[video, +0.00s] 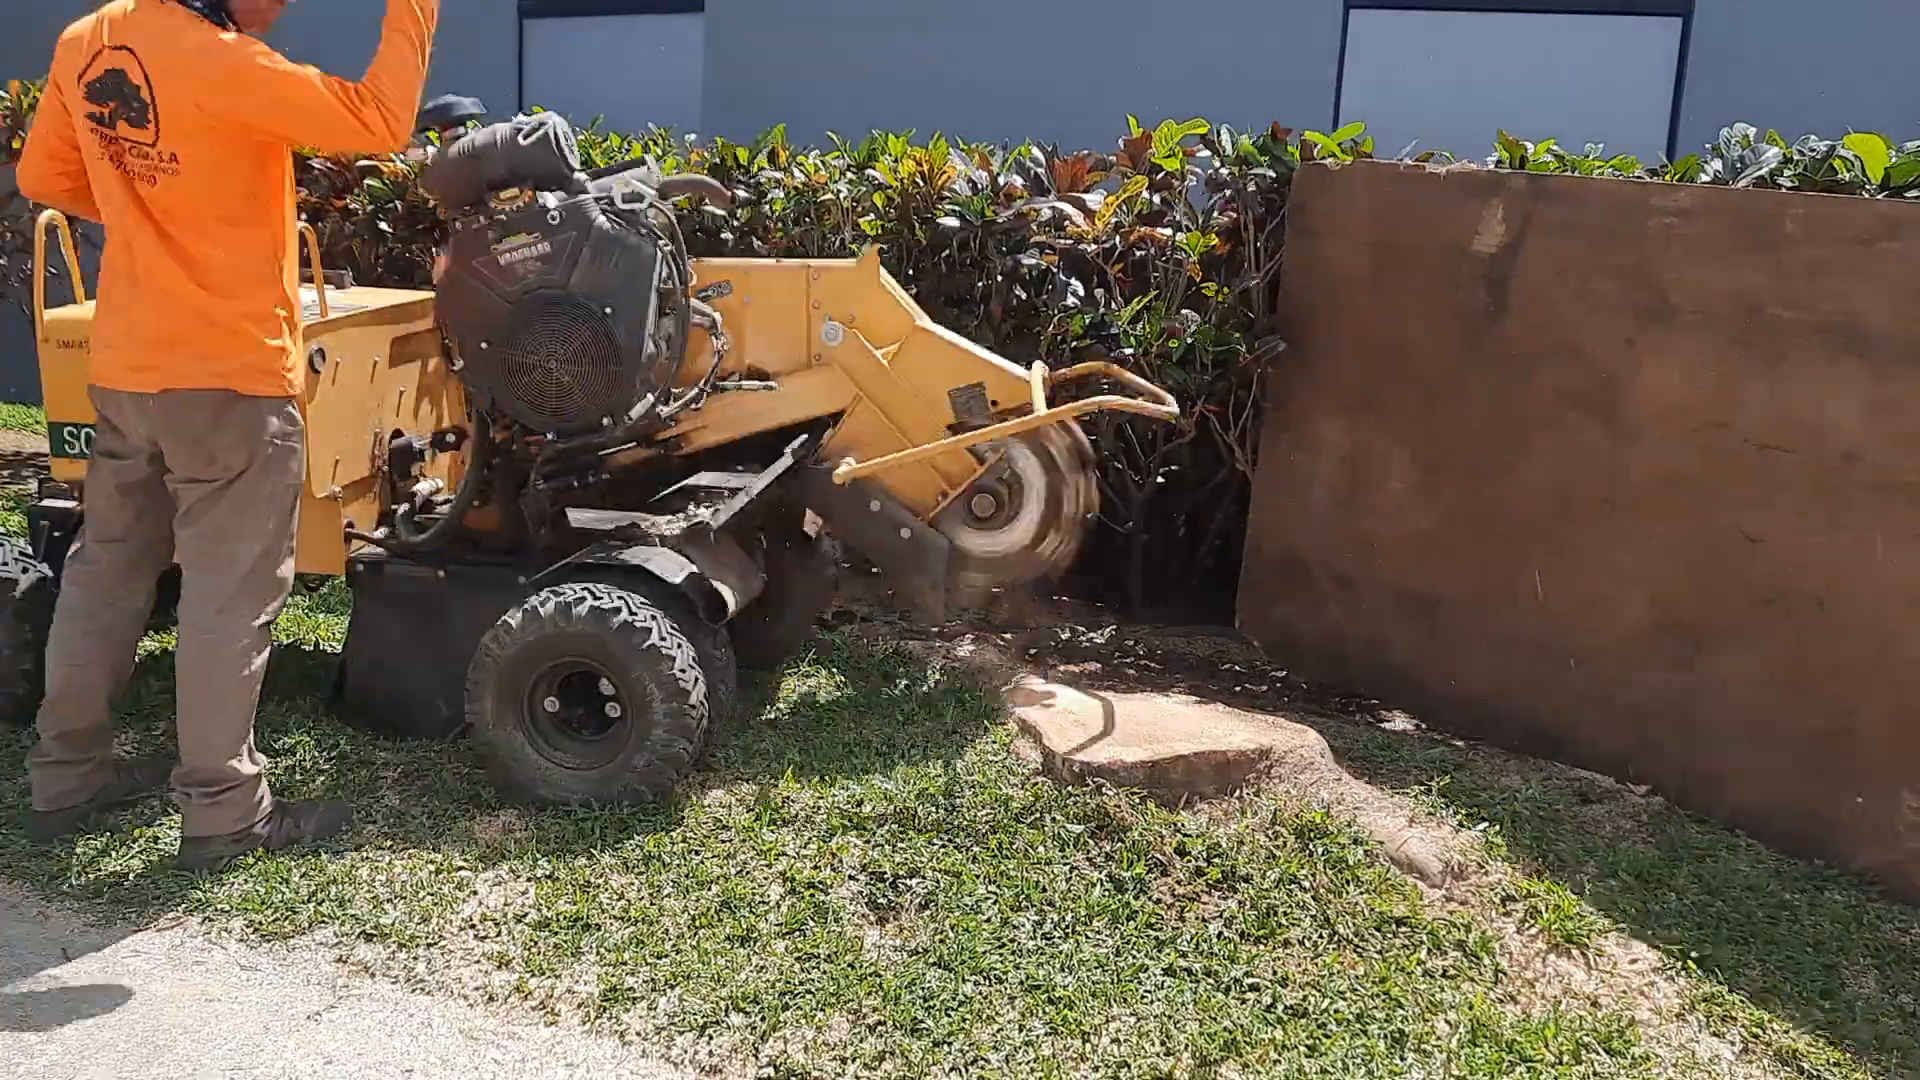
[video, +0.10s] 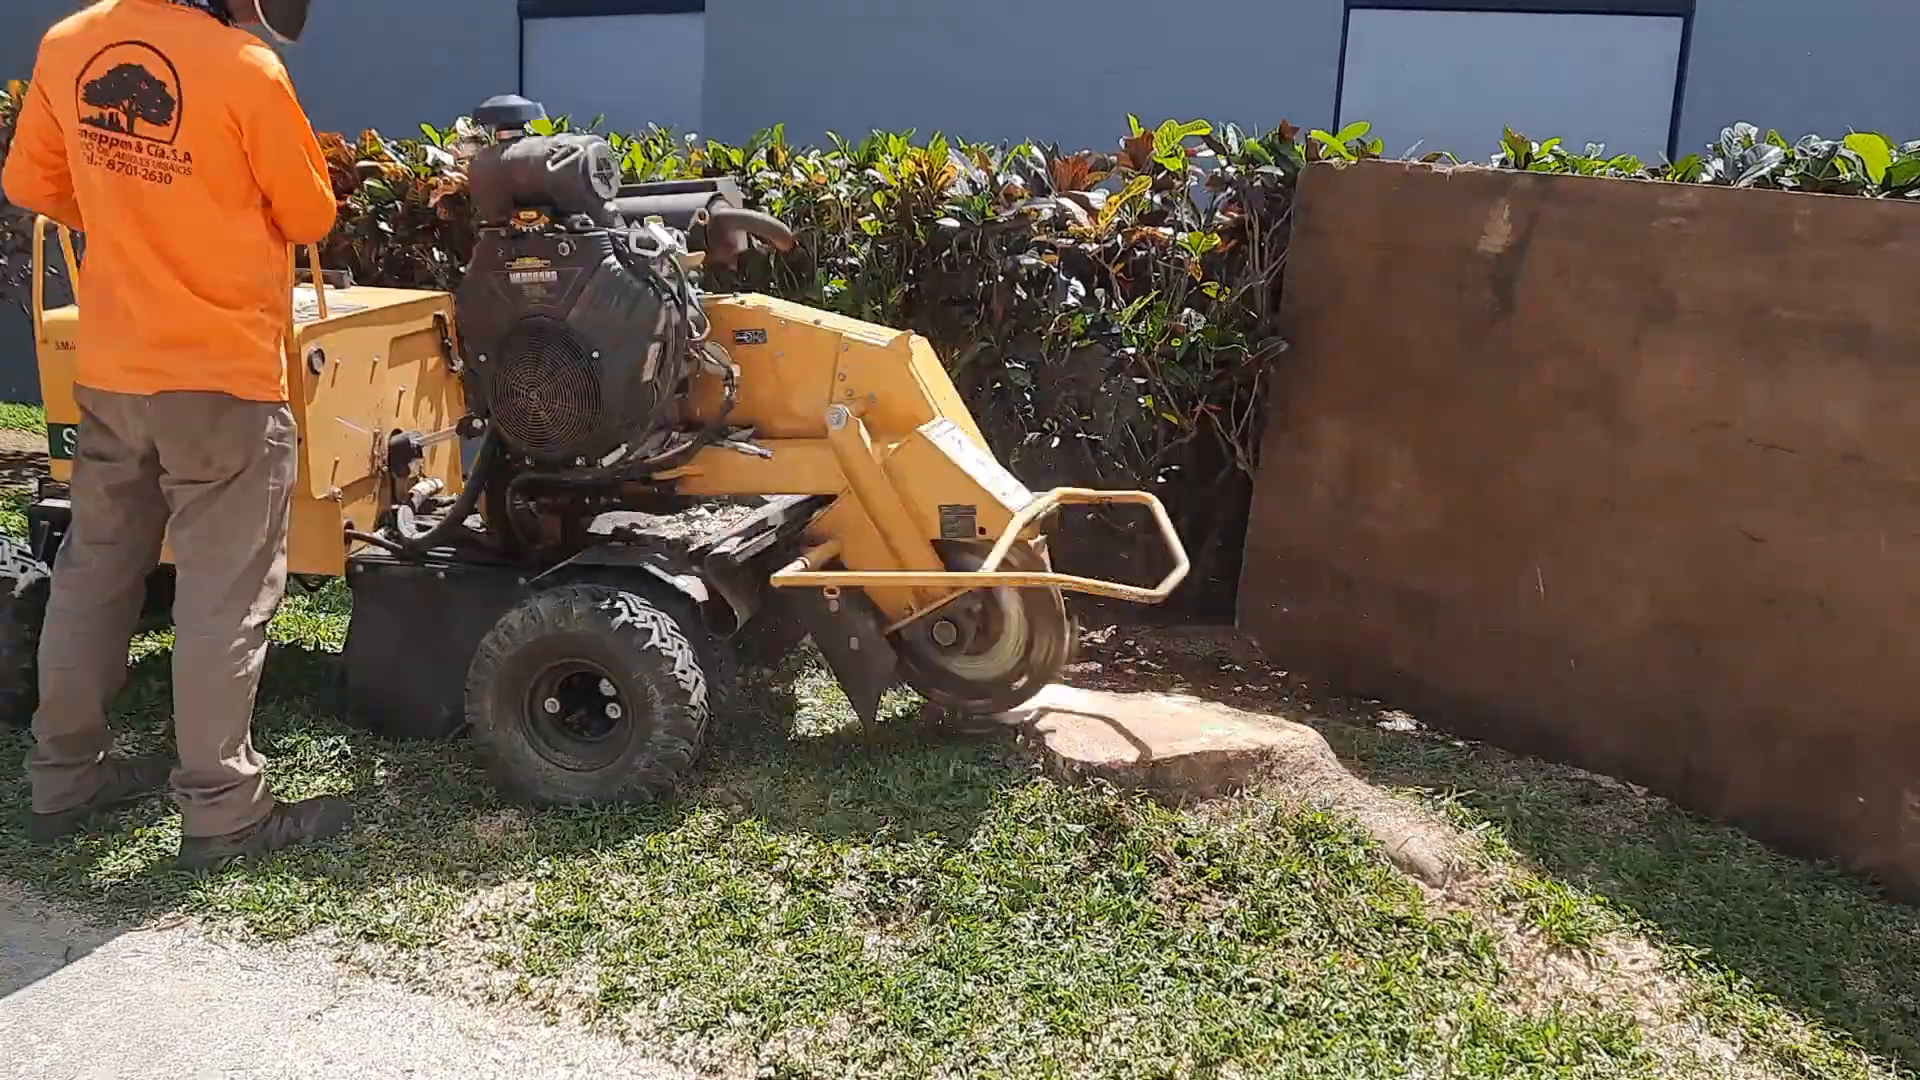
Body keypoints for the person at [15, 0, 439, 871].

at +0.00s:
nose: (280, 12)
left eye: (280, 1)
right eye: (274, 0)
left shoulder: (85, 39)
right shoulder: (232, 65)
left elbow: (43, 174)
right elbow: (379, 122)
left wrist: (147, 203)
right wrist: (412, 8)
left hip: (124, 361)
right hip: (229, 367)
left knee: (107, 564)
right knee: (232, 589)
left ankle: (65, 776)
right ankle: (224, 813)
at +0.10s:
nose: (277, 20)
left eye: (279, 10)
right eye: (276, 6)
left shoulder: (70, 39)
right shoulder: (247, 66)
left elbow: (29, 182)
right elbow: (312, 217)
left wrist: (120, 204)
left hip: (109, 363)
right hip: (222, 368)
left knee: (94, 571)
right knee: (225, 588)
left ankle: (63, 776)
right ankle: (221, 805)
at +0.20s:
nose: (276, 21)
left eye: (280, 11)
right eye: (274, 7)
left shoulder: (71, 36)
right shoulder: (251, 73)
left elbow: (28, 177)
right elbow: (315, 219)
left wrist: (119, 207)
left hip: (110, 366)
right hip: (223, 372)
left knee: (96, 572)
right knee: (229, 591)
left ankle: (64, 775)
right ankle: (224, 808)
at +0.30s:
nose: (328, 17)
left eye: (334, 7)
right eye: (325, 5)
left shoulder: (99, 21)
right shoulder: (310, 79)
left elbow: (34, 154)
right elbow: (311, 216)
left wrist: (110, 211)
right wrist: (225, 203)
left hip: (102, 357)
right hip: (226, 369)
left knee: (84, 564)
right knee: (231, 586)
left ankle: (66, 775)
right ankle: (224, 808)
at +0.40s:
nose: (264, 15)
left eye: (266, 7)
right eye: (263, 4)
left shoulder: (49, 35)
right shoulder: (252, 61)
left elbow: (14, 177)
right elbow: (286, 203)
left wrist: (92, 217)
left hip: (87, 358)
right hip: (204, 366)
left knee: (82, 567)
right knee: (217, 584)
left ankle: (69, 778)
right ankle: (226, 810)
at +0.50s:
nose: (277, 12)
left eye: (277, 4)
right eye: (274, 0)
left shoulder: (50, 31)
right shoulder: (264, 66)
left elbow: (23, 178)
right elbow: (290, 206)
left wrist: (106, 210)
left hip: (89, 362)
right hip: (212, 368)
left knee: (75, 570)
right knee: (218, 584)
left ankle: (64, 777)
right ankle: (225, 804)